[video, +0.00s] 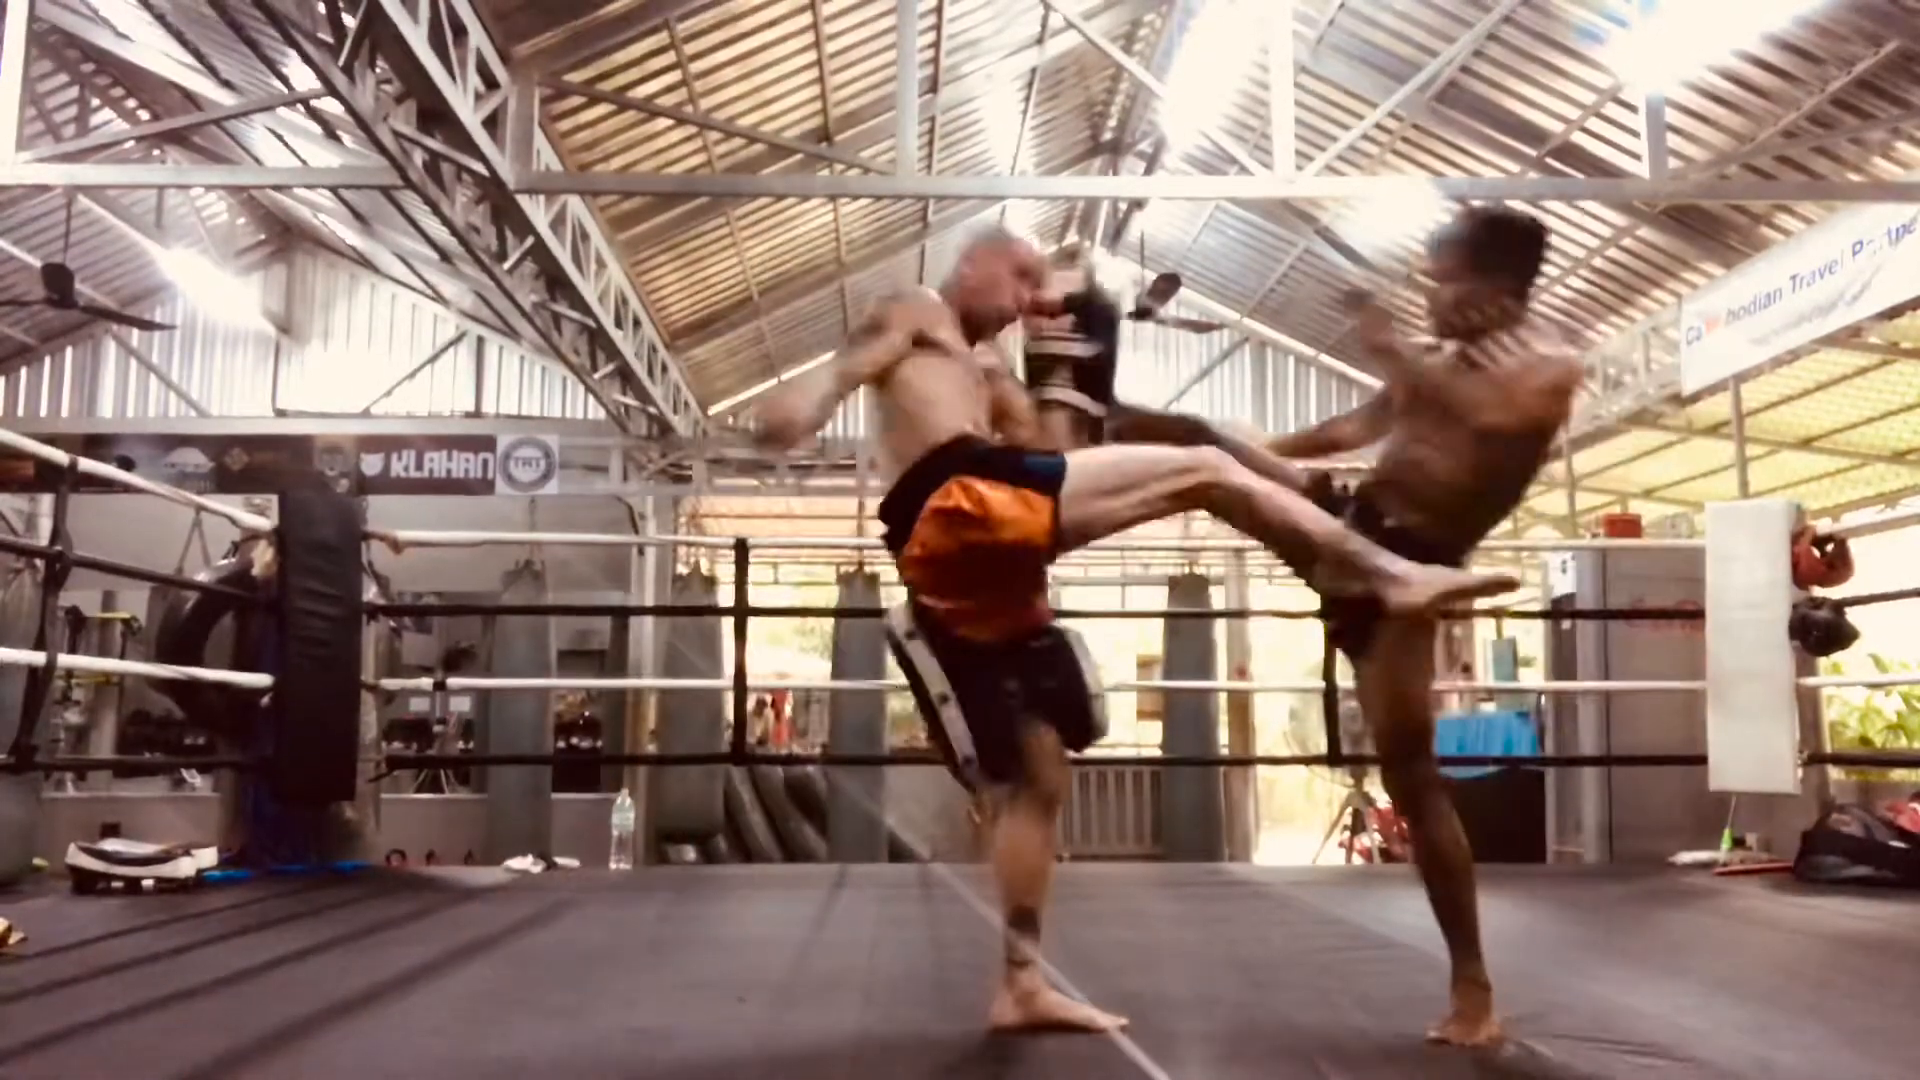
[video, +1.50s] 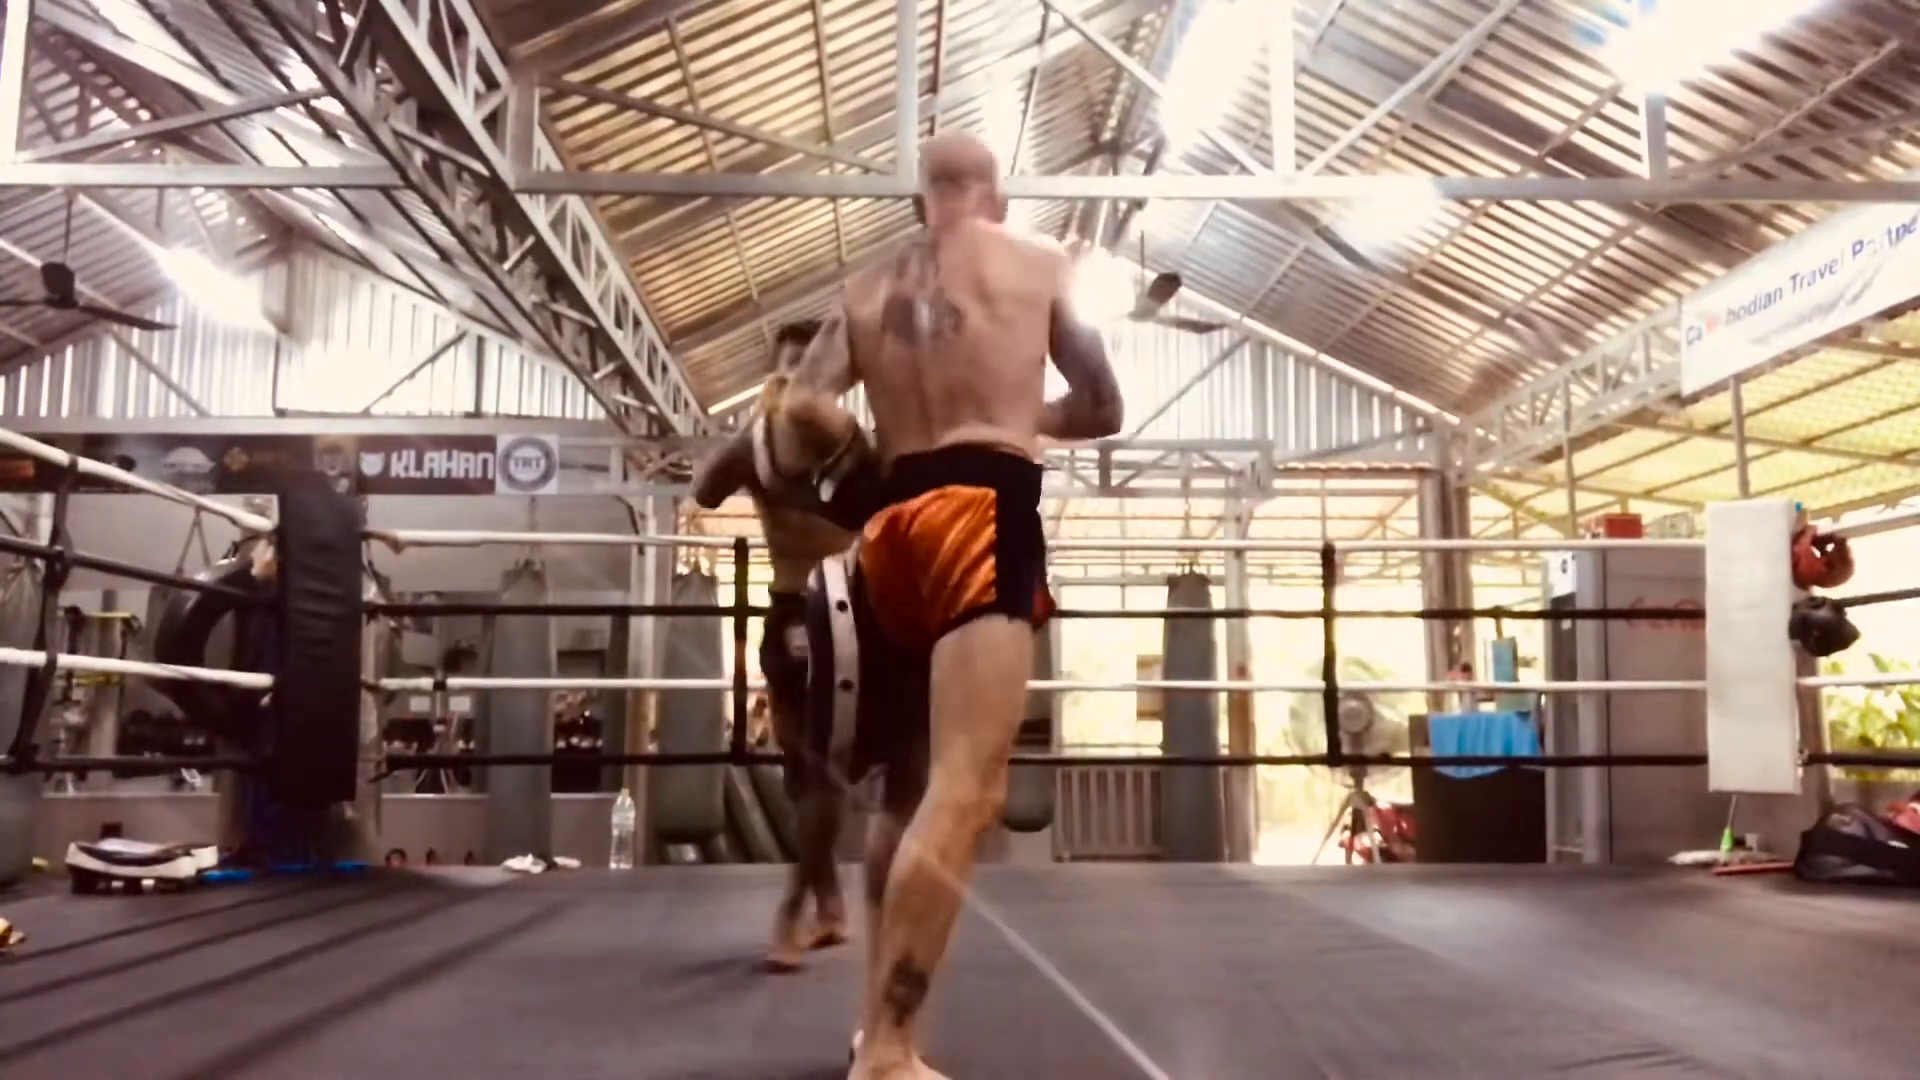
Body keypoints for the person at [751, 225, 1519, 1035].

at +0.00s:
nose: (1029, 300)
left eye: (1034, 290)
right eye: (1022, 279)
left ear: (1011, 296)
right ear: (974, 265)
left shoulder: (985, 371)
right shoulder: (919, 318)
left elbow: (1047, 458)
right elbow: (808, 400)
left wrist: (1049, 366)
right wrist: (803, 409)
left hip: (959, 566)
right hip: (968, 494)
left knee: (1039, 774)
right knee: (1204, 462)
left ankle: (1024, 980)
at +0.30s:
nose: (1062, 236)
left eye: (1067, 221)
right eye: (1048, 217)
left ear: (1017, 221)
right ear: (993, 213)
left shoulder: (982, 297)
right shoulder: (965, 279)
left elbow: (984, 433)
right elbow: (1052, 356)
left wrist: (1049, 403)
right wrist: (1178, 321)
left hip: (956, 527)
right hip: (989, 515)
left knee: (1035, 765)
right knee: (1093, 742)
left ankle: (1026, 974)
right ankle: (987, 984)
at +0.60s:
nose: (1124, 316)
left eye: (1132, 302)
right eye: (1124, 296)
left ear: (1084, 266)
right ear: (1085, 262)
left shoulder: (1035, 340)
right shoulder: (992, 285)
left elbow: (1009, 489)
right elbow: (1084, 394)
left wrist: (1103, 475)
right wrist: (1180, 335)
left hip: (974, 548)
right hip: (914, 536)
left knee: (1033, 769)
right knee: (966, 782)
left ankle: (1022, 983)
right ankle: (897, 1041)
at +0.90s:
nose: (1108, 272)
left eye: (1115, 258)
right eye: (1108, 252)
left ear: (1059, 217)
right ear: (1068, 220)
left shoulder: (1001, 280)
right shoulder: (1012, 269)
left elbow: (990, 429)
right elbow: (1015, 395)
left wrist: (1089, 446)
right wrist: (1130, 387)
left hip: (989, 519)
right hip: (982, 518)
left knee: (1036, 779)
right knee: (1037, 788)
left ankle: (1027, 979)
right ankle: (906, 1032)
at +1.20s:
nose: (1064, 211)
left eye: (1061, 197)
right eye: (1060, 195)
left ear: (986, 182)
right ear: (1035, 182)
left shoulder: (910, 276)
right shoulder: (1033, 241)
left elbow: (843, 414)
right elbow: (1094, 397)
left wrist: (920, 451)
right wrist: (1108, 429)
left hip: (901, 509)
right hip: (978, 499)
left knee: (981, 768)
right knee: (965, 779)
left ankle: (1019, 974)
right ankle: (888, 1046)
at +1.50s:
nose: (997, 201)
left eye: (982, 187)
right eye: (997, 187)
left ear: (923, 192)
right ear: (993, 188)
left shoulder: (865, 288)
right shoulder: (1036, 263)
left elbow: (804, 405)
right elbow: (1102, 410)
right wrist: (1013, 416)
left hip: (890, 513)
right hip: (983, 504)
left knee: (910, 791)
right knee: (964, 790)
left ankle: (885, 1037)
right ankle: (885, 1049)